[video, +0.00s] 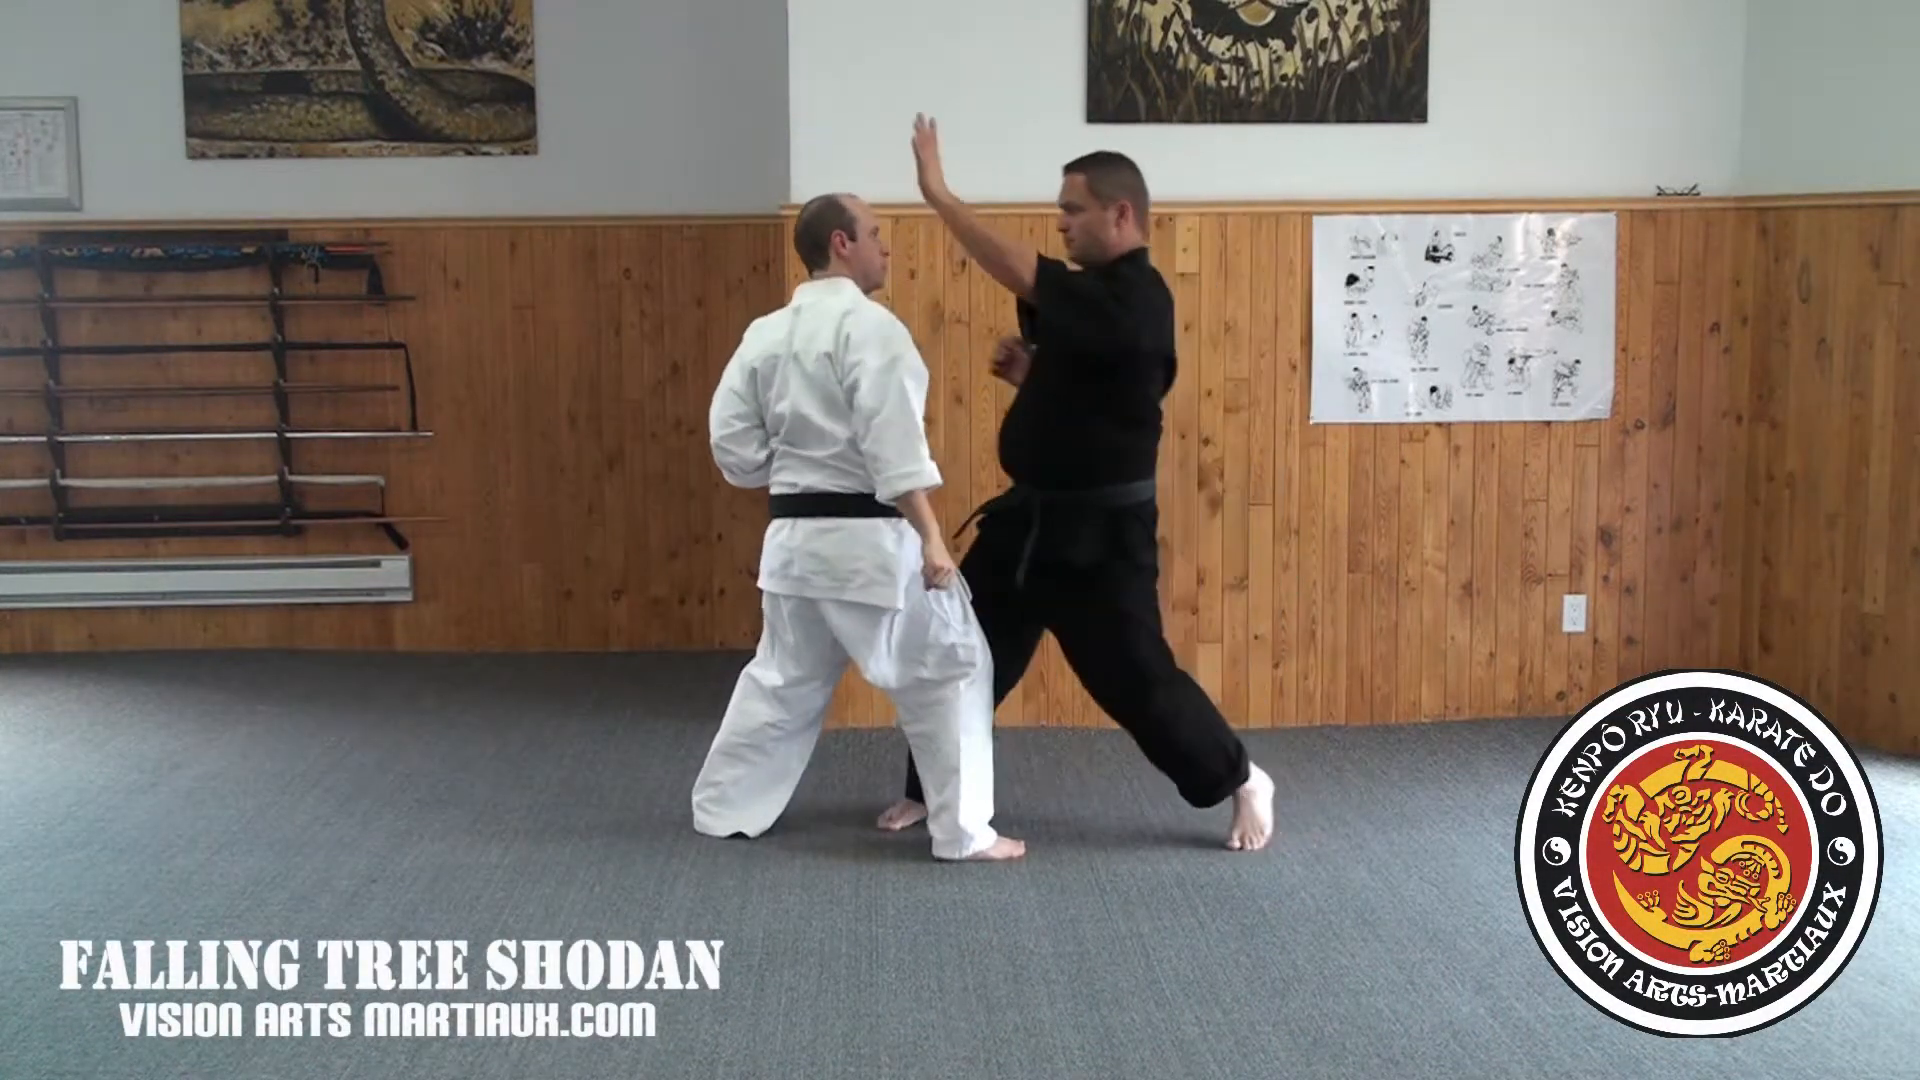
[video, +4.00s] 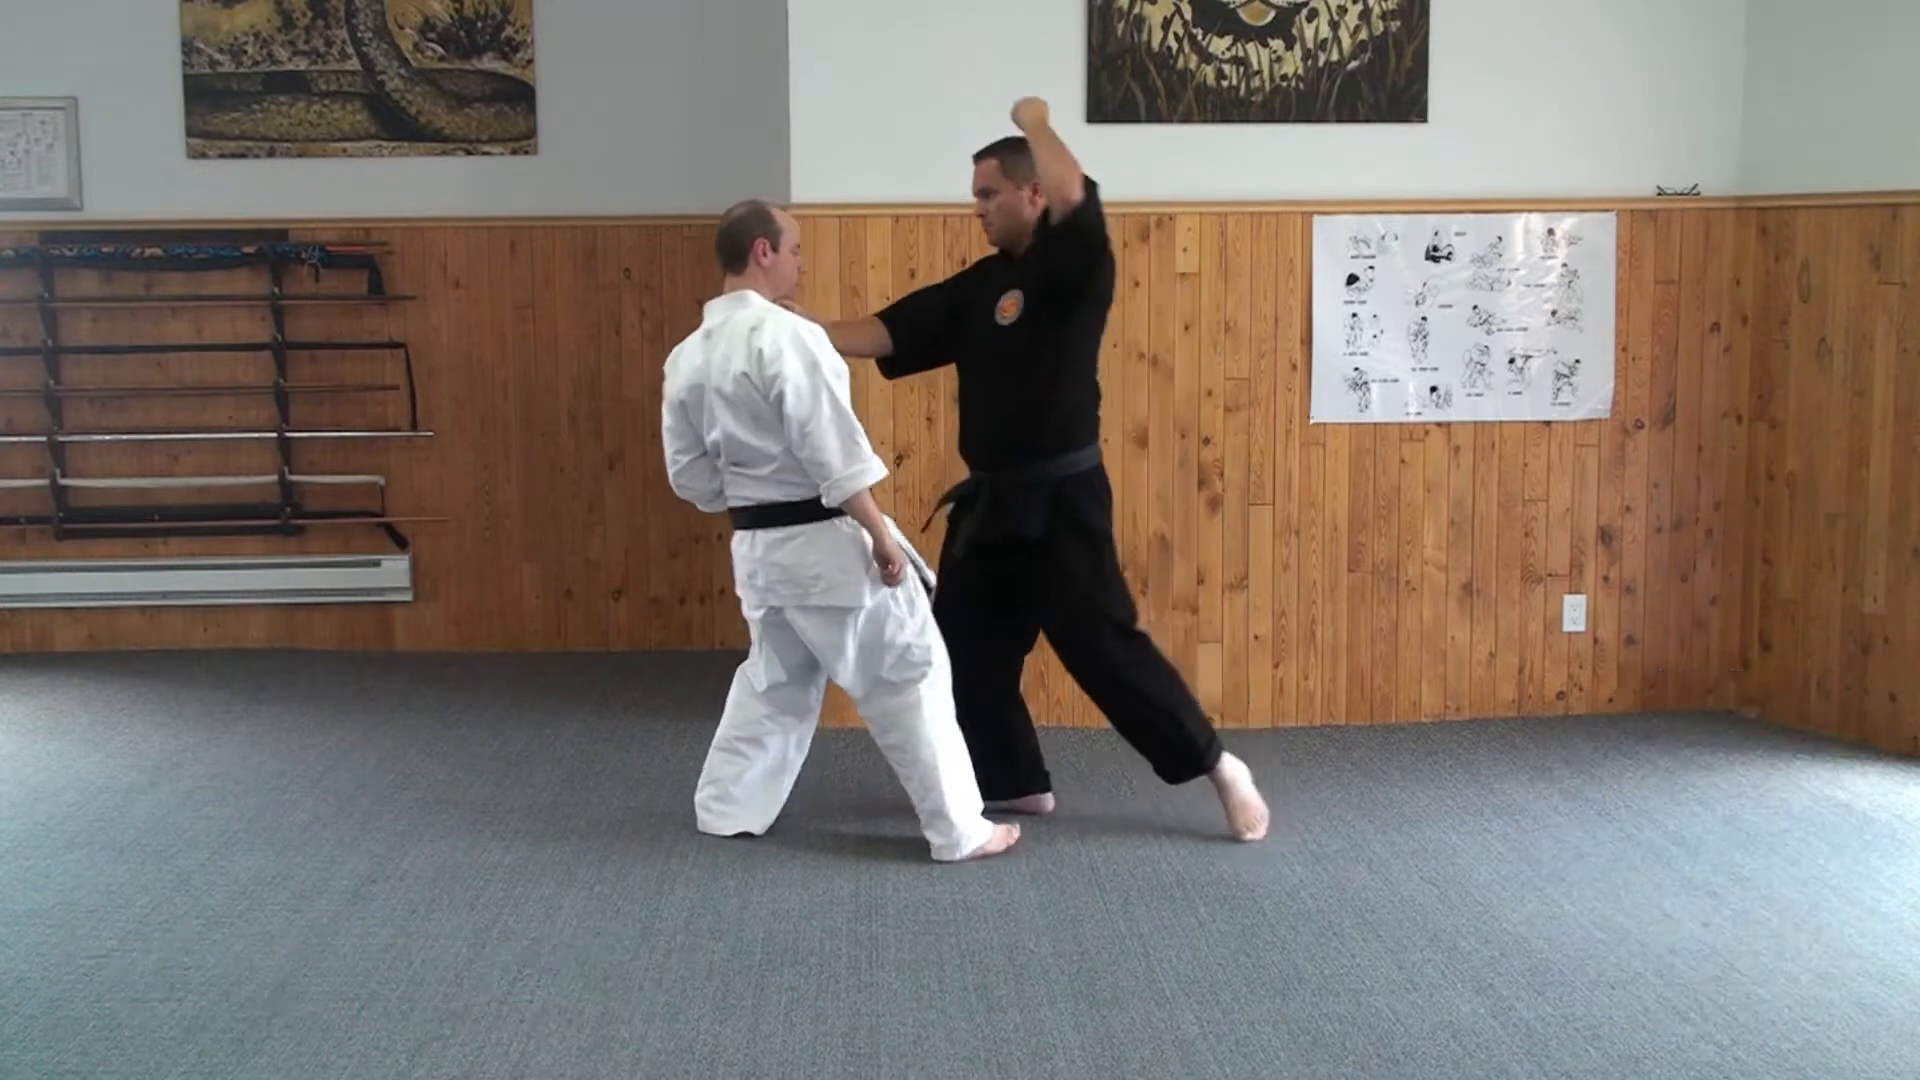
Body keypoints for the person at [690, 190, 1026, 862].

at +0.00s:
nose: (885, 248)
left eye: (881, 235)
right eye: (875, 236)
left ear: (823, 249)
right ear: (843, 245)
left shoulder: (765, 333)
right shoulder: (873, 329)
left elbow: (731, 440)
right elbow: (894, 446)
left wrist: (792, 480)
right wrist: (933, 537)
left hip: (790, 540)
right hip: (872, 541)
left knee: (781, 677)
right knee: (950, 669)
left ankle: (721, 809)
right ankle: (965, 830)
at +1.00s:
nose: (839, 247)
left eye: (831, 237)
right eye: (828, 239)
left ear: (780, 267)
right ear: (803, 257)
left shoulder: (749, 353)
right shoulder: (856, 329)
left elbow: (735, 474)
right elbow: (894, 444)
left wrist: (799, 487)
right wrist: (934, 533)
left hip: (801, 547)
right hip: (880, 540)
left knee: (787, 679)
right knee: (965, 666)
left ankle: (721, 807)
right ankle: (965, 830)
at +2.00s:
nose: (852, 270)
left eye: (851, 256)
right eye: (845, 256)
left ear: (786, 262)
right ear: (810, 258)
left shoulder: (730, 353)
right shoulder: (833, 337)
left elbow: (720, 474)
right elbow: (865, 448)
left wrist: (786, 501)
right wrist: (907, 536)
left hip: (784, 553)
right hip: (859, 548)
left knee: (787, 678)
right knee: (949, 664)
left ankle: (721, 807)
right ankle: (964, 830)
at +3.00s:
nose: (829, 261)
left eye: (827, 246)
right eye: (818, 246)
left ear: (768, 255)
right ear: (781, 252)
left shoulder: (711, 350)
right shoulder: (804, 343)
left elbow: (700, 461)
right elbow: (827, 459)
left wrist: (761, 503)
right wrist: (869, 549)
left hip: (764, 550)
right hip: (830, 548)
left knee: (782, 679)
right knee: (927, 668)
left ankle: (722, 807)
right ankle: (962, 830)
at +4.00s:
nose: (802, 265)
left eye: (800, 251)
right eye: (795, 251)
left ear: (743, 258)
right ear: (762, 254)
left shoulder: (686, 358)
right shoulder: (791, 337)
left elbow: (690, 476)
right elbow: (832, 450)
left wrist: (754, 506)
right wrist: (879, 532)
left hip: (756, 548)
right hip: (831, 542)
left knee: (775, 676)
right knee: (908, 677)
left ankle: (723, 810)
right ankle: (958, 828)